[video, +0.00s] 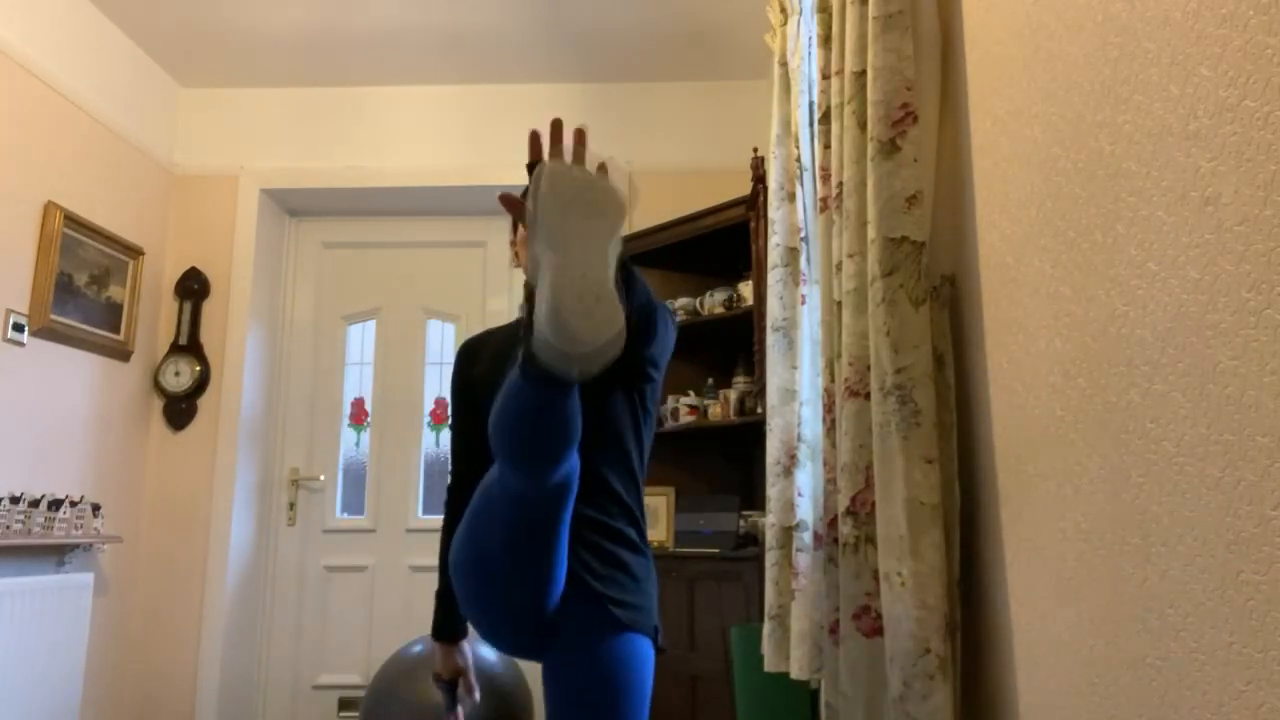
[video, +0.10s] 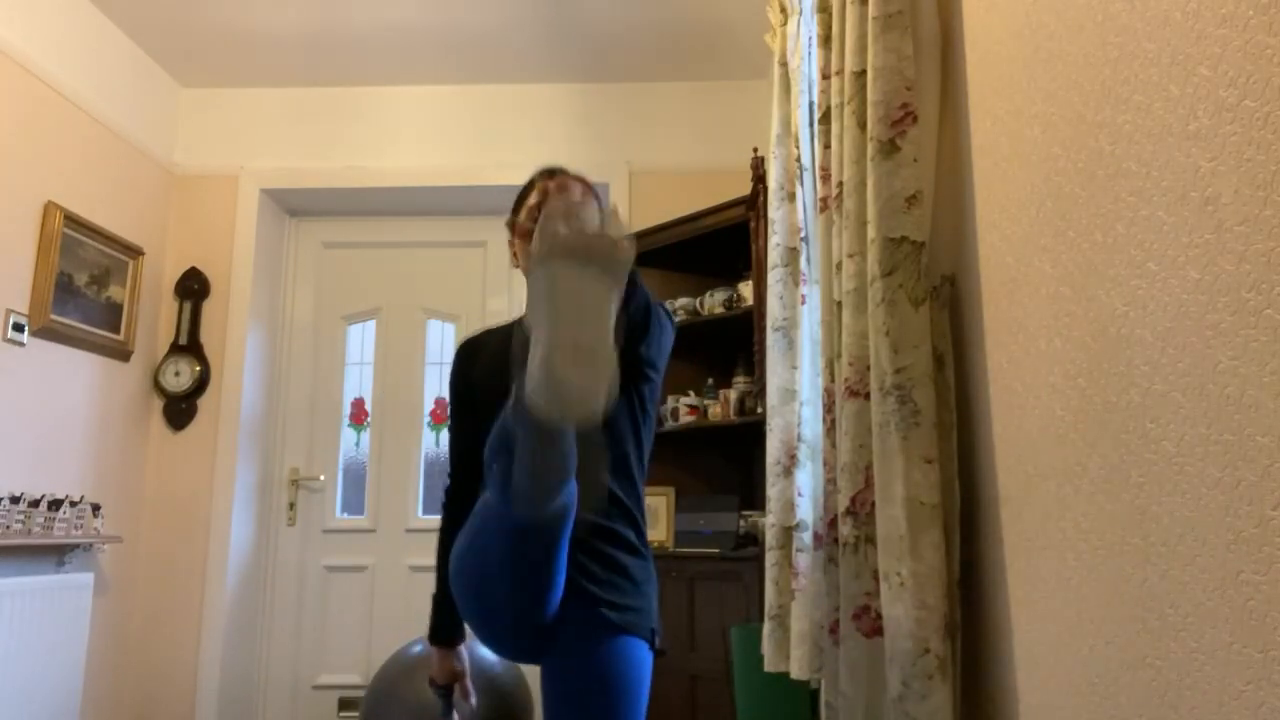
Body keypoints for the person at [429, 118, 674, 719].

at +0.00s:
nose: (545, 244)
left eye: (563, 233)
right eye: (530, 231)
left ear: (596, 250)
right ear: (515, 248)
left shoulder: (642, 339)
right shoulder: (481, 354)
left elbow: (633, 303)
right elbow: (463, 489)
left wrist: (577, 235)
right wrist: (448, 629)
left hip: (610, 598)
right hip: (502, 598)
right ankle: (559, 352)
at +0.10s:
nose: (554, 223)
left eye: (574, 215)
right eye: (537, 214)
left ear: (600, 239)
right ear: (518, 247)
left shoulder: (639, 333)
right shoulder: (480, 354)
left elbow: (626, 291)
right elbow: (461, 493)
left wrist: (583, 246)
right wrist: (445, 634)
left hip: (609, 599)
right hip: (502, 600)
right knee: (528, 504)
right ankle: (549, 408)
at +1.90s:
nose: (545, 251)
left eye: (563, 235)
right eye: (534, 235)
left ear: (590, 251)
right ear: (507, 244)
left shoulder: (635, 327)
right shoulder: (465, 342)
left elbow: (627, 320)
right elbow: (438, 482)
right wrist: (412, 627)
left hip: (593, 599)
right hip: (482, 600)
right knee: (499, 489)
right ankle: (522, 382)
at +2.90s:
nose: (521, 224)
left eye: (537, 214)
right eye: (500, 209)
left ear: (550, 239)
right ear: (467, 223)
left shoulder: (575, 356)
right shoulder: (412, 325)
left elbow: (566, 498)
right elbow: (395, 340)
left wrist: (531, 639)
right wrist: (419, 295)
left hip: (525, 601)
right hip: (422, 599)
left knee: (528, 526)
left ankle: (494, 434)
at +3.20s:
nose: (528, 209)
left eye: (545, 200)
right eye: (508, 194)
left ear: (558, 229)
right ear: (471, 219)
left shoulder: (589, 338)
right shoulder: (416, 314)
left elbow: (593, 472)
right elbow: (371, 421)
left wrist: (584, 580)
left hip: (547, 582)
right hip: (433, 577)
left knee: (541, 710)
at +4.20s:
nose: (556, 219)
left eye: (574, 208)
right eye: (537, 204)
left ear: (594, 234)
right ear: (506, 229)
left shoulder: (631, 333)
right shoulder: (458, 328)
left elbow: (682, 433)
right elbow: (422, 467)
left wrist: (702, 532)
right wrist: (377, 605)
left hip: (592, 602)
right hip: (476, 599)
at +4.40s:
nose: (533, 221)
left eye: (551, 211)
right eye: (514, 205)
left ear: (566, 238)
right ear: (480, 228)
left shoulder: (596, 347)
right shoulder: (423, 325)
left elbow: (618, 484)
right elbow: (369, 453)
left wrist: (630, 607)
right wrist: (308, 572)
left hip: (548, 604)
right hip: (431, 598)